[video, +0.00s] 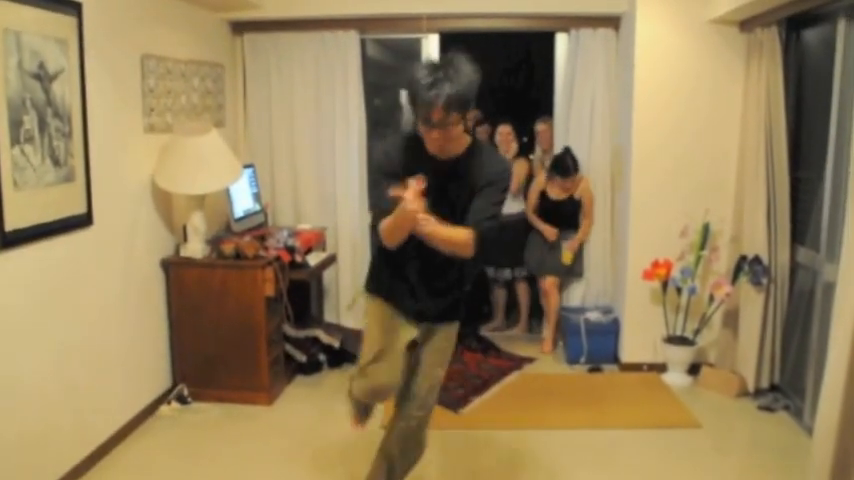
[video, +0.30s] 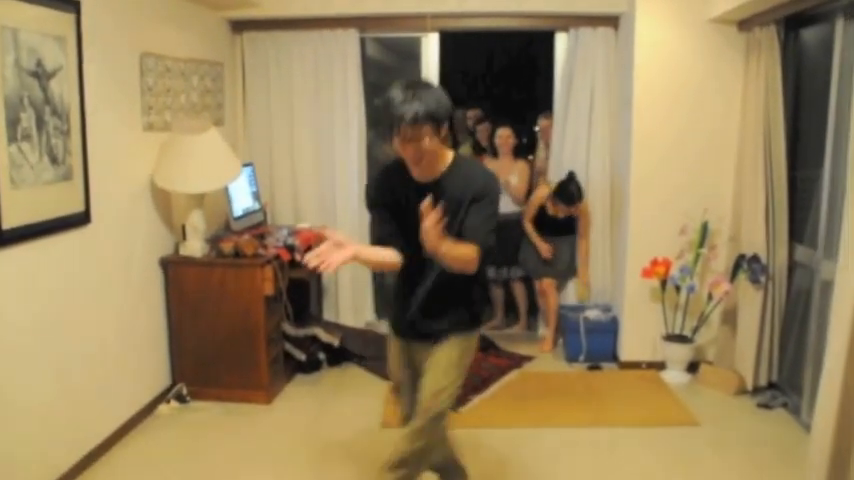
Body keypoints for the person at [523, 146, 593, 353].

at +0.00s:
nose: (567, 185)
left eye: (570, 180)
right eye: (563, 181)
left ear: (576, 175)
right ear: (553, 176)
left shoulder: (583, 187)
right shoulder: (541, 182)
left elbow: (587, 219)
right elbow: (529, 211)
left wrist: (575, 242)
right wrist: (544, 228)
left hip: (568, 234)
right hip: (542, 231)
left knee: (550, 283)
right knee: (543, 284)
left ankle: (549, 333)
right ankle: (551, 329)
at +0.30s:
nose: (565, 213)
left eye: (569, 210)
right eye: (562, 209)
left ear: (576, 204)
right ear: (555, 198)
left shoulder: (580, 208)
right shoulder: (542, 194)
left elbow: (582, 238)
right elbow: (526, 220)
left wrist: (583, 273)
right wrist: (540, 244)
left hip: (565, 240)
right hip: (538, 237)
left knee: (548, 284)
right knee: (540, 286)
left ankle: (551, 333)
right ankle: (550, 328)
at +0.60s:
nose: (563, 221)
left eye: (568, 218)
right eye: (561, 216)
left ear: (575, 212)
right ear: (553, 206)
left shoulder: (579, 215)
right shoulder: (541, 199)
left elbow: (581, 247)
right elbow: (524, 224)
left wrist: (583, 280)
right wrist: (538, 251)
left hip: (563, 240)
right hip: (538, 237)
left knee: (547, 282)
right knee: (538, 285)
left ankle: (550, 331)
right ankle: (549, 327)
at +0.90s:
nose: (563, 194)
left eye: (567, 188)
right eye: (559, 188)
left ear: (573, 186)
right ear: (550, 187)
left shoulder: (579, 197)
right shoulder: (539, 194)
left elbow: (582, 222)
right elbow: (532, 223)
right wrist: (538, 236)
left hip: (563, 235)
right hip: (541, 233)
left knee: (548, 279)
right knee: (539, 281)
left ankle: (550, 329)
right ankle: (550, 325)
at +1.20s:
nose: (554, 154)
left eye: (559, 149)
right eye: (550, 150)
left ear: (568, 152)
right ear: (545, 153)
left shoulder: (576, 173)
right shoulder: (539, 173)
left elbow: (578, 209)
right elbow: (533, 203)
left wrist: (563, 194)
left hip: (564, 229)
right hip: (542, 227)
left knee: (548, 278)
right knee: (544, 279)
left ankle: (549, 329)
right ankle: (550, 327)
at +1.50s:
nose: (548, 147)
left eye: (553, 142)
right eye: (545, 142)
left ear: (563, 146)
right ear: (540, 146)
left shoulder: (573, 168)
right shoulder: (536, 169)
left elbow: (573, 203)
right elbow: (530, 202)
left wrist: (547, 192)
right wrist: (533, 189)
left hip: (565, 227)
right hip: (542, 226)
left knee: (546, 275)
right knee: (548, 279)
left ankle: (543, 325)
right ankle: (553, 321)